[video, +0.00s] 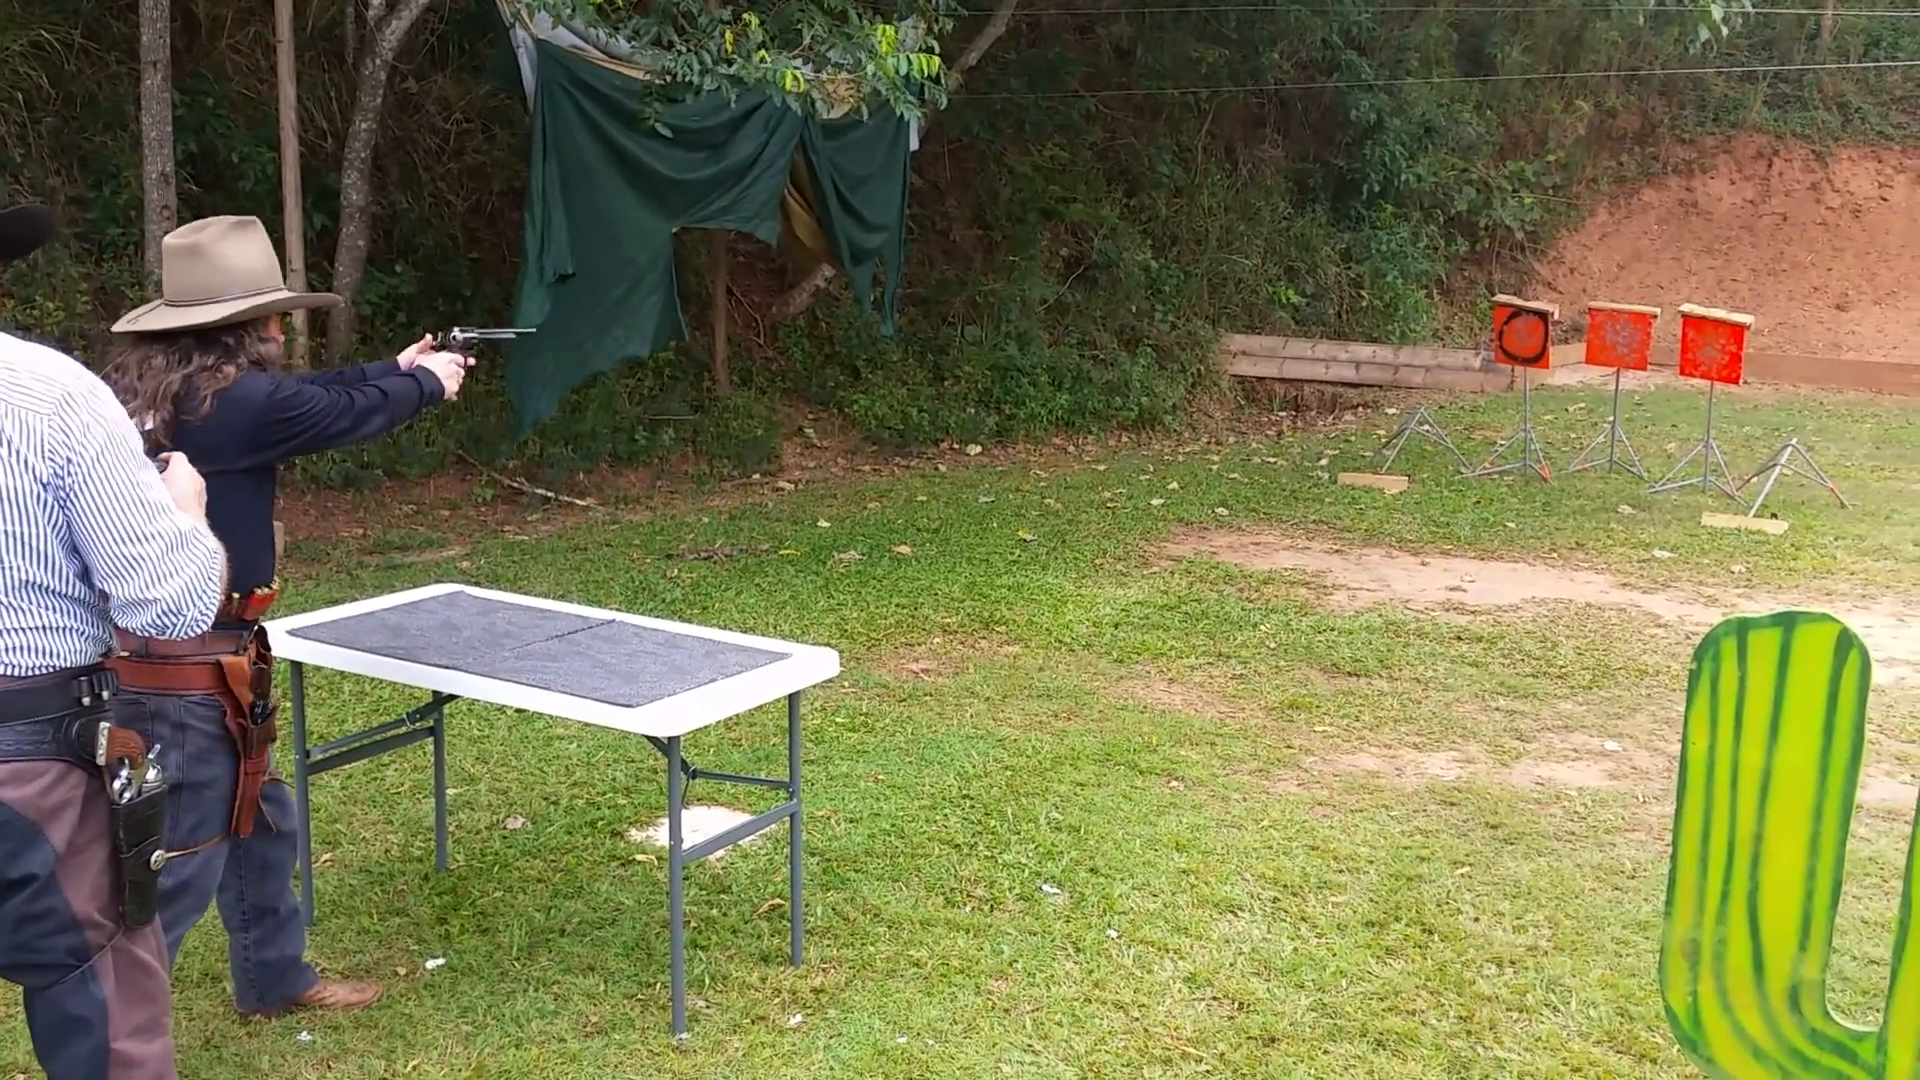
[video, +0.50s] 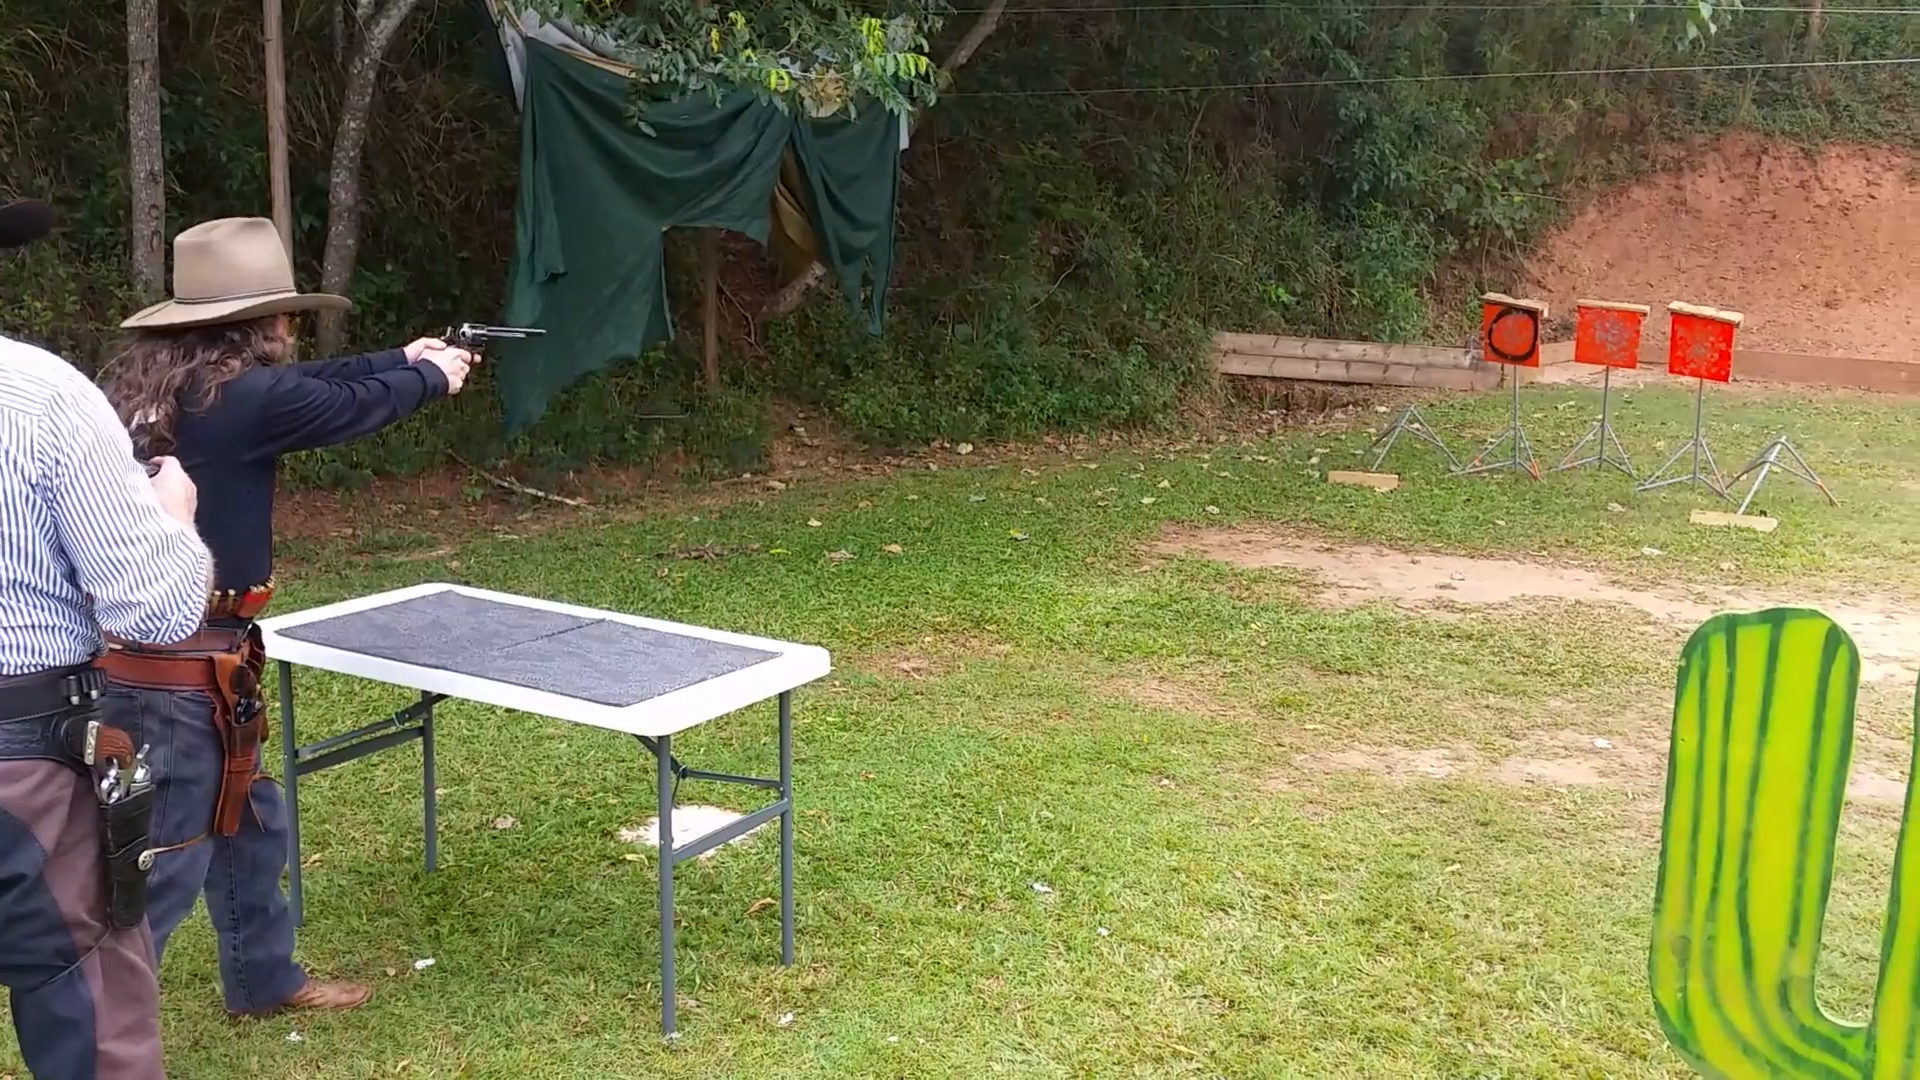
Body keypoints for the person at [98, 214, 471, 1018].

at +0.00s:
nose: (281, 329)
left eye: (276, 316)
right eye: (271, 317)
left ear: (192, 325)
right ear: (243, 327)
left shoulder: (161, 393)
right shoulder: (231, 403)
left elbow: (306, 397)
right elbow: (342, 412)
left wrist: (393, 370)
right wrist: (427, 384)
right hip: (192, 663)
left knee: (263, 815)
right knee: (183, 858)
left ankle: (275, 980)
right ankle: (108, 1012)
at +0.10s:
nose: (287, 330)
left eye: (282, 317)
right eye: (278, 317)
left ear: (194, 324)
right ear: (252, 324)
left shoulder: (152, 391)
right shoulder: (240, 400)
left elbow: (309, 391)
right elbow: (348, 407)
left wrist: (396, 365)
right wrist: (432, 379)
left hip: (141, 650)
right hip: (190, 666)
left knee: (263, 814)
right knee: (176, 864)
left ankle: (272, 981)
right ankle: (107, 1020)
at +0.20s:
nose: (289, 329)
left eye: (284, 317)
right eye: (280, 316)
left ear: (197, 322)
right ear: (256, 323)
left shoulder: (157, 388)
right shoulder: (244, 399)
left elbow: (312, 387)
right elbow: (352, 408)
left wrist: (403, 361)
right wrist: (434, 379)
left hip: (148, 653)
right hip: (191, 669)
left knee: (262, 817)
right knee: (175, 866)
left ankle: (271, 982)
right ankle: (97, 1014)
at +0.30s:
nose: (290, 330)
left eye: (285, 317)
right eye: (281, 317)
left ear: (199, 322)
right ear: (256, 324)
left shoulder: (155, 386)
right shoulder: (244, 399)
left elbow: (311, 388)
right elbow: (351, 407)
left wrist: (403, 362)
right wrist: (435, 379)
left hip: (143, 648)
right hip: (195, 662)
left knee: (258, 816)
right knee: (173, 858)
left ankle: (270, 981)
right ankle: (99, 1014)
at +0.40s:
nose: (291, 328)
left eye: (286, 315)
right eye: (282, 315)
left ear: (201, 319)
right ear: (256, 321)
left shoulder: (159, 384)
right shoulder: (244, 398)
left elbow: (309, 385)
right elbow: (354, 408)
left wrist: (402, 361)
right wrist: (434, 379)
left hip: (140, 650)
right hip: (189, 664)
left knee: (256, 817)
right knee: (172, 859)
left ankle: (267, 981)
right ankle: (95, 1010)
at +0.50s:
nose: (290, 328)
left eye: (285, 316)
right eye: (281, 315)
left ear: (200, 320)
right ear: (255, 321)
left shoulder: (159, 384)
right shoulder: (242, 398)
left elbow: (306, 383)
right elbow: (352, 407)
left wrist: (401, 359)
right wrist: (432, 378)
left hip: (137, 652)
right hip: (184, 667)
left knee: (254, 817)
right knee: (166, 862)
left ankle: (264, 982)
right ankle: (93, 1016)